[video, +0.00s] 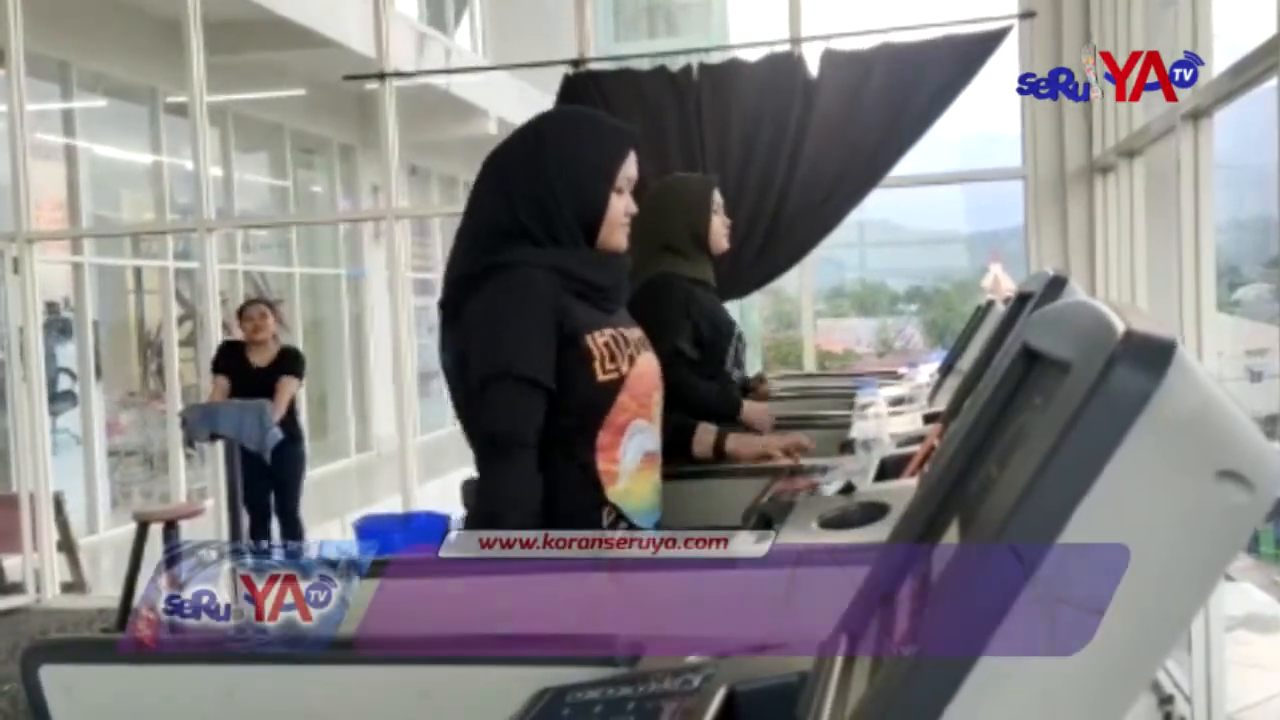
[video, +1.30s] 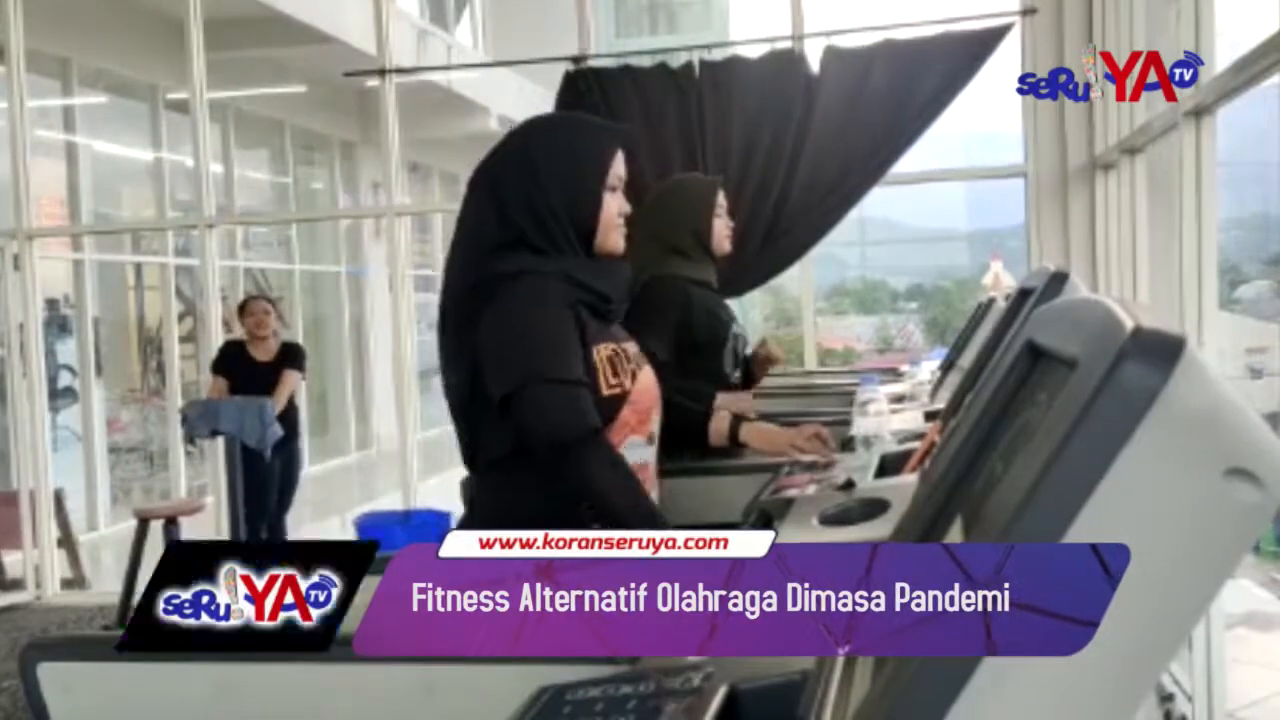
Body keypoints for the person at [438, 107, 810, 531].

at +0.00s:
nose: (634, 207)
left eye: (632, 192)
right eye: (621, 191)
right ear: (571, 188)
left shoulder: (587, 287)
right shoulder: (518, 294)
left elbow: (618, 421)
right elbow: (508, 458)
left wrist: (729, 443)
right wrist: (513, 581)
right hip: (562, 550)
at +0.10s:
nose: (630, 202)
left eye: (629, 186)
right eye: (618, 186)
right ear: (567, 183)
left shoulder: (580, 278)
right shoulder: (517, 284)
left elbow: (622, 406)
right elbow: (524, 449)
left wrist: (740, 438)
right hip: (532, 550)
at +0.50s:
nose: (642, 192)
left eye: (640, 177)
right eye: (629, 175)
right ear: (579, 174)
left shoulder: (603, 276)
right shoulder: (527, 283)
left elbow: (644, 403)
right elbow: (525, 447)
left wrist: (752, 434)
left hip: (632, 527)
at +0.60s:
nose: (643, 192)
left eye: (641, 176)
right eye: (629, 175)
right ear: (578, 174)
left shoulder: (609, 275)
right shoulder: (524, 281)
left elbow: (642, 399)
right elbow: (505, 441)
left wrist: (751, 431)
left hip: (627, 528)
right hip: (559, 540)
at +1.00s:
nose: (632, 193)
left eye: (630, 177)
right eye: (617, 177)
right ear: (567, 179)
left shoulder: (593, 279)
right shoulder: (524, 291)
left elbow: (631, 405)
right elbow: (518, 456)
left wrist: (750, 430)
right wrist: (537, 573)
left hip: (624, 528)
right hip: (571, 544)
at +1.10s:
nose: (629, 193)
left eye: (625, 176)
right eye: (614, 175)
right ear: (565, 177)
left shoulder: (583, 277)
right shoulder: (522, 282)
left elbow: (623, 405)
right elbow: (540, 439)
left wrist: (735, 427)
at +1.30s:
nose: (627, 208)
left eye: (623, 190)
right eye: (611, 190)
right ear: (564, 192)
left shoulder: (577, 290)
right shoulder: (530, 296)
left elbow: (632, 402)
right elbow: (569, 445)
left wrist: (735, 427)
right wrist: (657, 542)